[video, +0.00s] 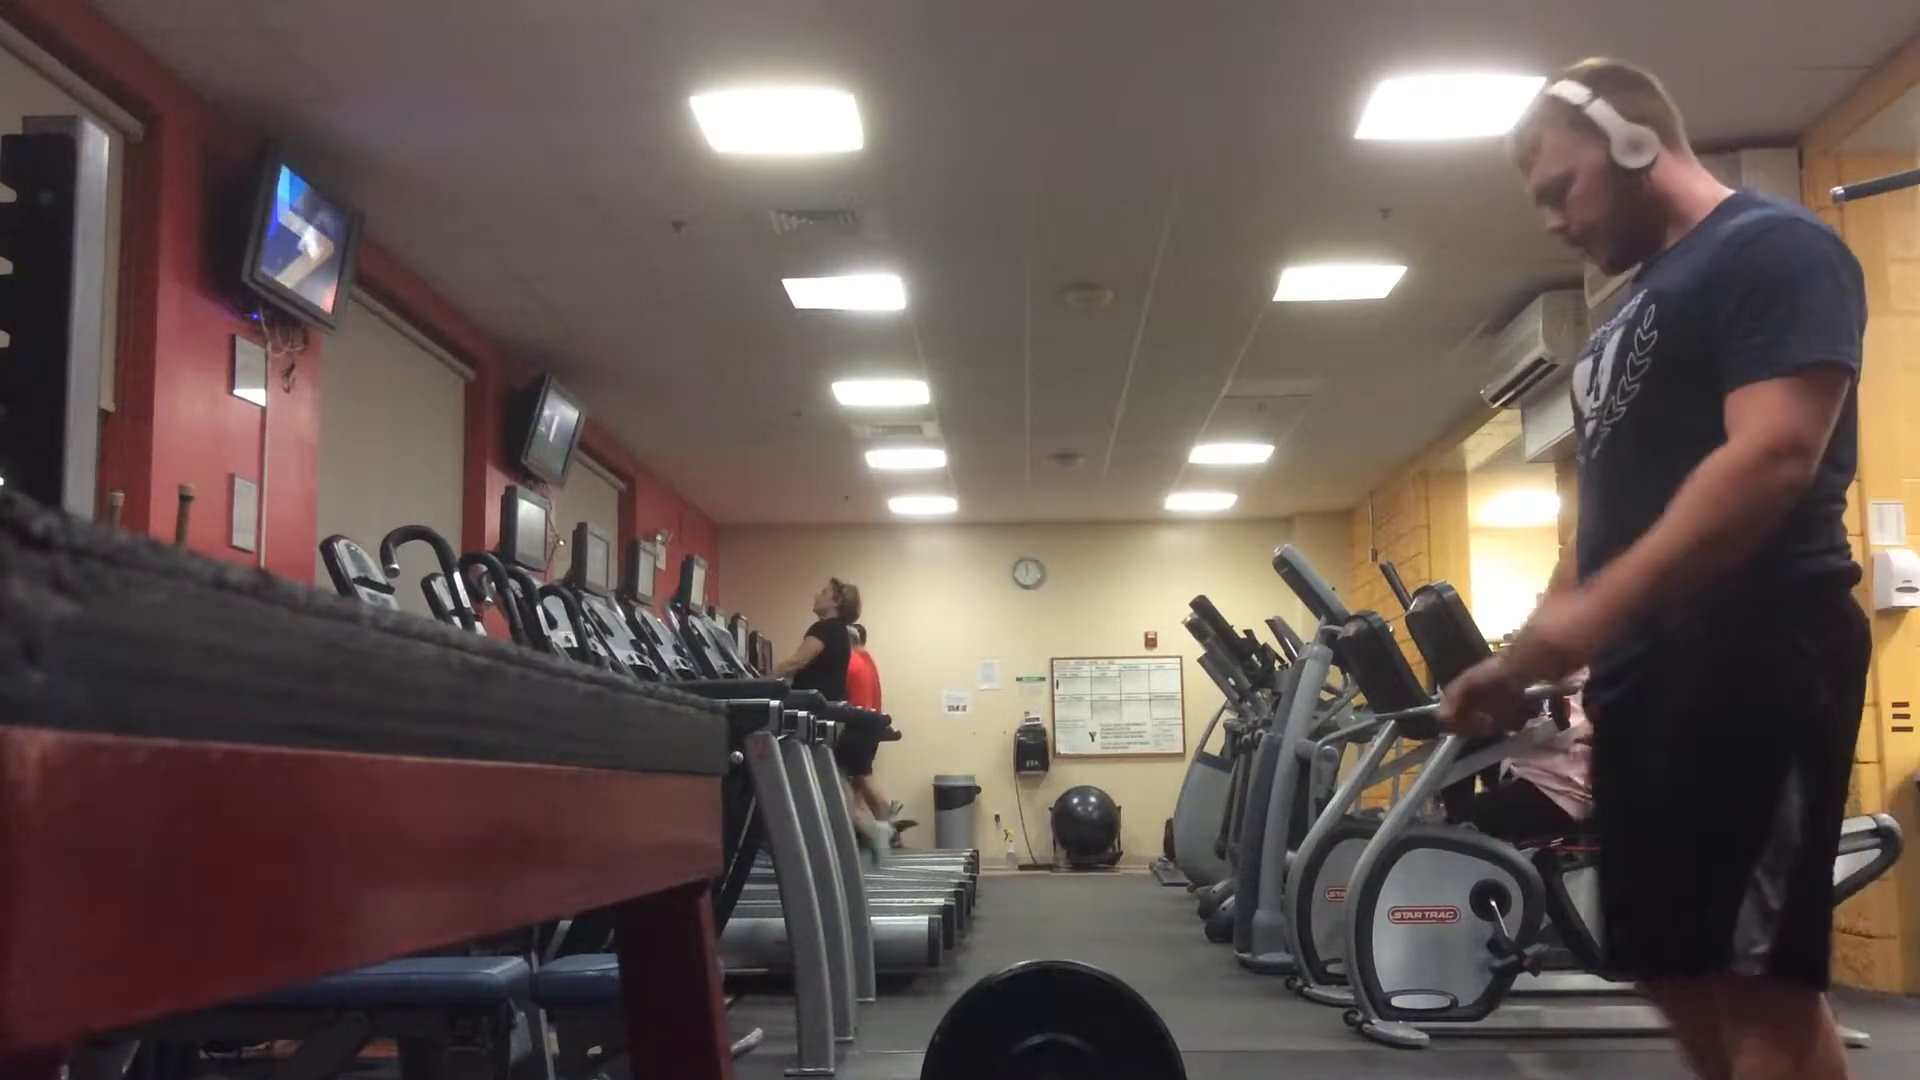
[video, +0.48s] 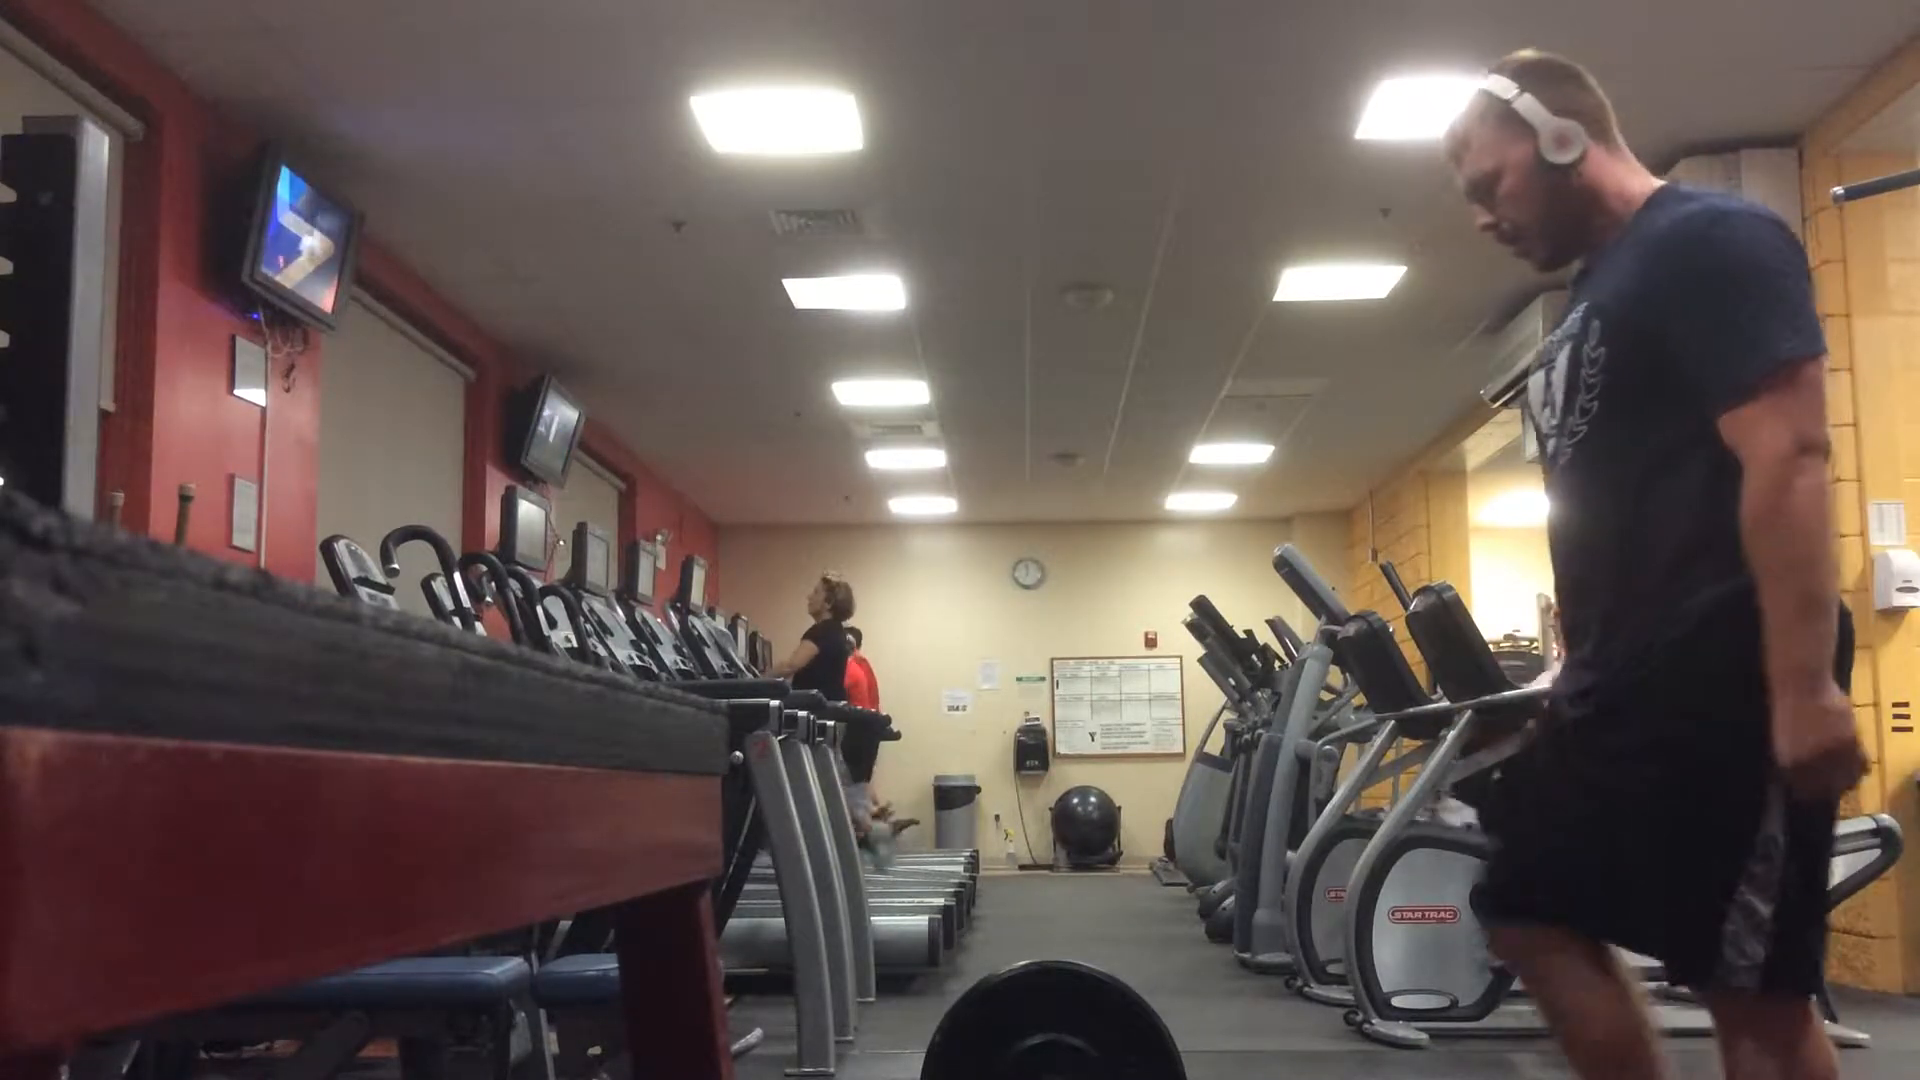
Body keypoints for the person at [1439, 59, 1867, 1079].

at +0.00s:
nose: (1556, 224)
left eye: (1561, 191)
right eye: (1544, 209)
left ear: (1634, 146)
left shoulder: (1775, 243)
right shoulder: (1611, 334)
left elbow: (1776, 455)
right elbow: (1600, 537)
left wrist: (1589, 618)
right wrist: (1518, 671)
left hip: (1765, 647)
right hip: (1651, 661)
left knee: (1767, 991)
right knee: (1671, 968)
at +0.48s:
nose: (1486, 221)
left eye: (1490, 187)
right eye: (1474, 204)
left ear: (1566, 144)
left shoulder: (1711, 237)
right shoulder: (1580, 309)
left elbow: (1793, 459)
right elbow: (1602, 521)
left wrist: (1804, 688)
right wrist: (1572, 676)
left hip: (1740, 682)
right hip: (1617, 686)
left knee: (1758, 998)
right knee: (1531, 916)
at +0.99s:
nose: (1353, 263)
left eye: (1351, 230)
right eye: (1341, 246)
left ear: (1415, 186)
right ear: (1405, 201)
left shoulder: (1540, 255)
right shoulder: (1445, 329)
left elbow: (1577, 449)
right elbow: (1470, 525)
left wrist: (1424, 614)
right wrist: (1451, 690)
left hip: (1606, 653)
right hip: (1508, 668)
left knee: (1616, 994)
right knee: (1505, 977)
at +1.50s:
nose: (1163, 293)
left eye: (1164, 262)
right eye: (1151, 277)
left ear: (1225, 215)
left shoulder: (1337, 268)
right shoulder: (1262, 344)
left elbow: (1433, 443)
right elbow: (1326, 517)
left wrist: (1413, 647)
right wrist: (1308, 664)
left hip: (1414, 661)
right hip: (1357, 669)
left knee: (1370, 980)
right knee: (1404, 981)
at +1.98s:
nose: (993, 312)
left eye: (993, 283)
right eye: (981, 296)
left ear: (1051, 231)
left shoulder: (1163, 280)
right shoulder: (1107, 351)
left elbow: (1296, 423)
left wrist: (1250, 625)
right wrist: (1179, 653)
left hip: (1261, 672)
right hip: (1204, 683)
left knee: (1196, 959)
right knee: (1182, 958)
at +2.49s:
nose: (879, 341)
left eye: (872, 311)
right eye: (862, 324)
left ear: (918, 256)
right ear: (921, 260)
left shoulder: (1052, 303)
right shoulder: (1001, 373)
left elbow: (1157, 480)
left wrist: (1075, 687)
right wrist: (1073, 709)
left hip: (1216, 642)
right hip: (1151, 661)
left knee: (1124, 951)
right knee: (1071, 947)